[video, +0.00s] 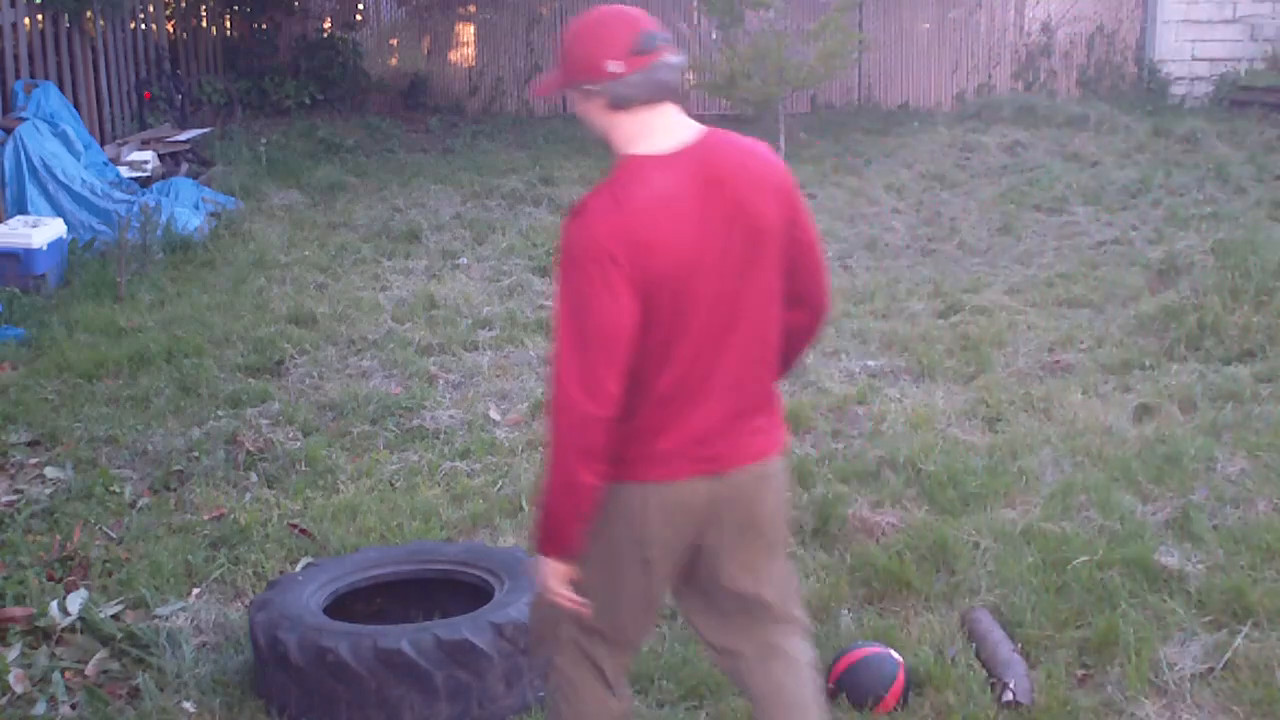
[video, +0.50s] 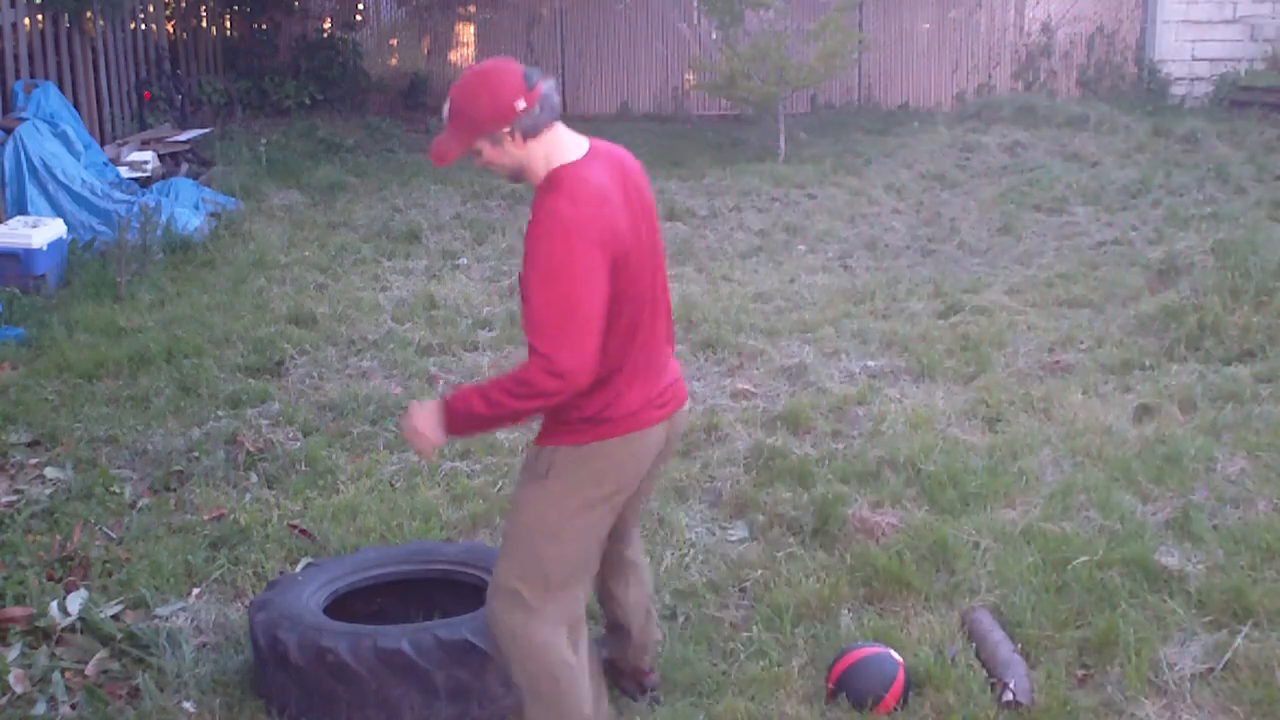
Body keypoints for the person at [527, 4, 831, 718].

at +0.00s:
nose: (576, 108)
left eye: (576, 95)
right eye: (573, 96)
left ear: (595, 99)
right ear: (667, 79)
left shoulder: (605, 219)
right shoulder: (762, 166)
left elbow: (587, 400)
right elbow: (808, 302)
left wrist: (557, 541)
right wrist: (746, 370)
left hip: (645, 487)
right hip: (755, 472)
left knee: (583, 653)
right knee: (772, 641)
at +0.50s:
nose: (480, 162)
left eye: (479, 149)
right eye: (474, 151)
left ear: (510, 135)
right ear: (536, 116)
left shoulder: (565, 211)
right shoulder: (618, 162)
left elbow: (562, 369)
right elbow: (635, 294)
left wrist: (449, 414)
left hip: (599, 432)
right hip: (655, 407)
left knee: (527, 603)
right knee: (615, 545)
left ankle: (571, 709)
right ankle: (635, 667)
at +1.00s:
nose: (423, 265)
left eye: (423, 254)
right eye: (414, 257)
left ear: (445, 223)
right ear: (437, 219)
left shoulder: (541, 257)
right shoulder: (455, 239)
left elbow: (600, 382)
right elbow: (465, 334)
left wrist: (544, 466)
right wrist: (470, 424)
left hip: (623, 373)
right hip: (549, 366)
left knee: (582, 521)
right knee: (518, 468)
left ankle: (598, 686)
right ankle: (527, 597)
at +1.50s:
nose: (444, 411)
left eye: (448, 399)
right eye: (436, 407)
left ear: (468, 360)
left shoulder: (548, 355)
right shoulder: (437, 352)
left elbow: (620, 429)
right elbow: (440, 442)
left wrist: (546, 493)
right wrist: (450, 536)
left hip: (627, 392)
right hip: (529, 397)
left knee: (592, 510)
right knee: (468, 496)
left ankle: (598, 682)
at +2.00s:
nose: (600, 284)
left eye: (615, 274)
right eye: (591, 271)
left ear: (641, 249)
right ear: (566, 230)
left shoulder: (660, 282)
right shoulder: (515, 237)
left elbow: (639, 395)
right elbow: (452, 333)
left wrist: (561, 460)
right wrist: (421, 452)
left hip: (628, 402)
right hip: (537, 390)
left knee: (628, 540)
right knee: (513, 529)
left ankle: (611, 686)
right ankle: (500, 667)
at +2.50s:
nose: (539, 277)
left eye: (552, 266)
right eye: (526, 265)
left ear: (578, 239)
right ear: (501, 230)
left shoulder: (607, 272)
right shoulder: (465, 239)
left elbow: (596, 421)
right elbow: (387, 324)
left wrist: (546, 544)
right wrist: (348, 426)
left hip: (602, 409)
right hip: (504, 396)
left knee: (605, 556)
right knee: (486, 548)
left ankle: (607, 691)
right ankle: (483, 684)